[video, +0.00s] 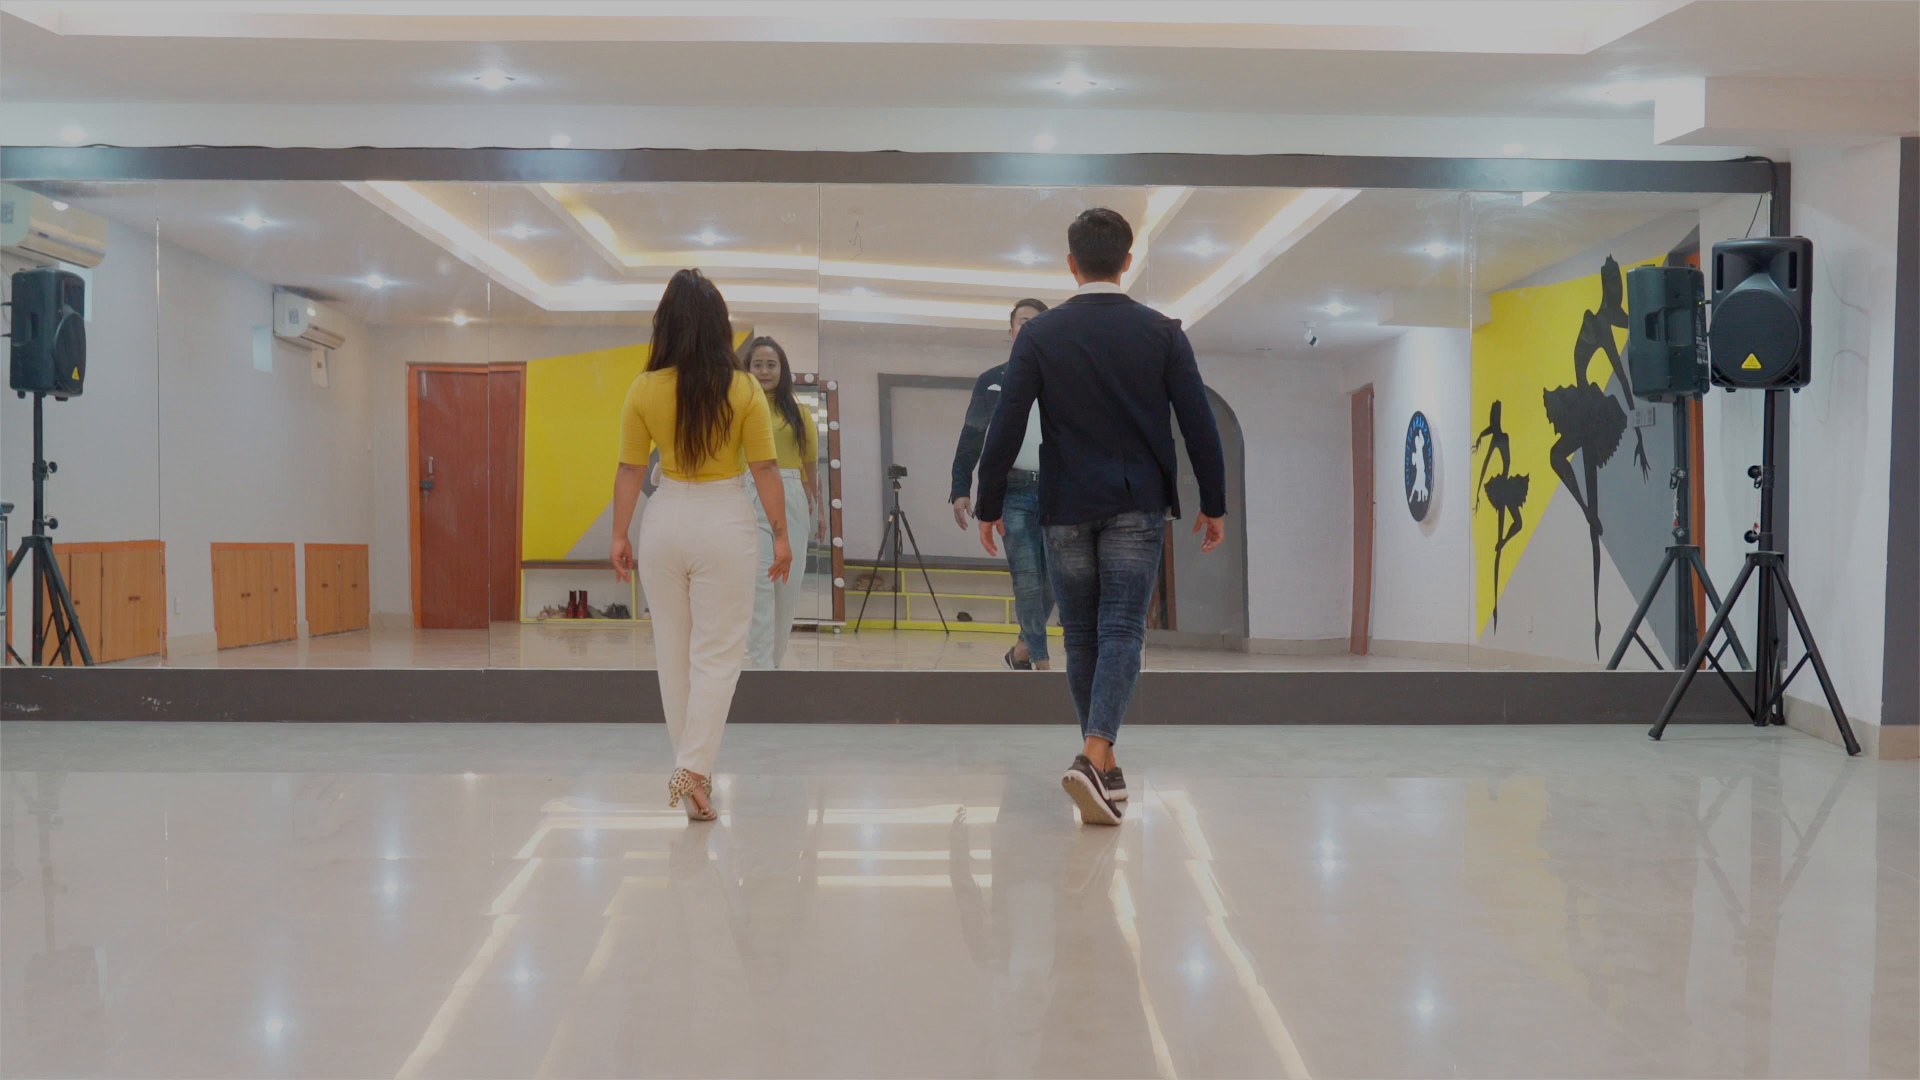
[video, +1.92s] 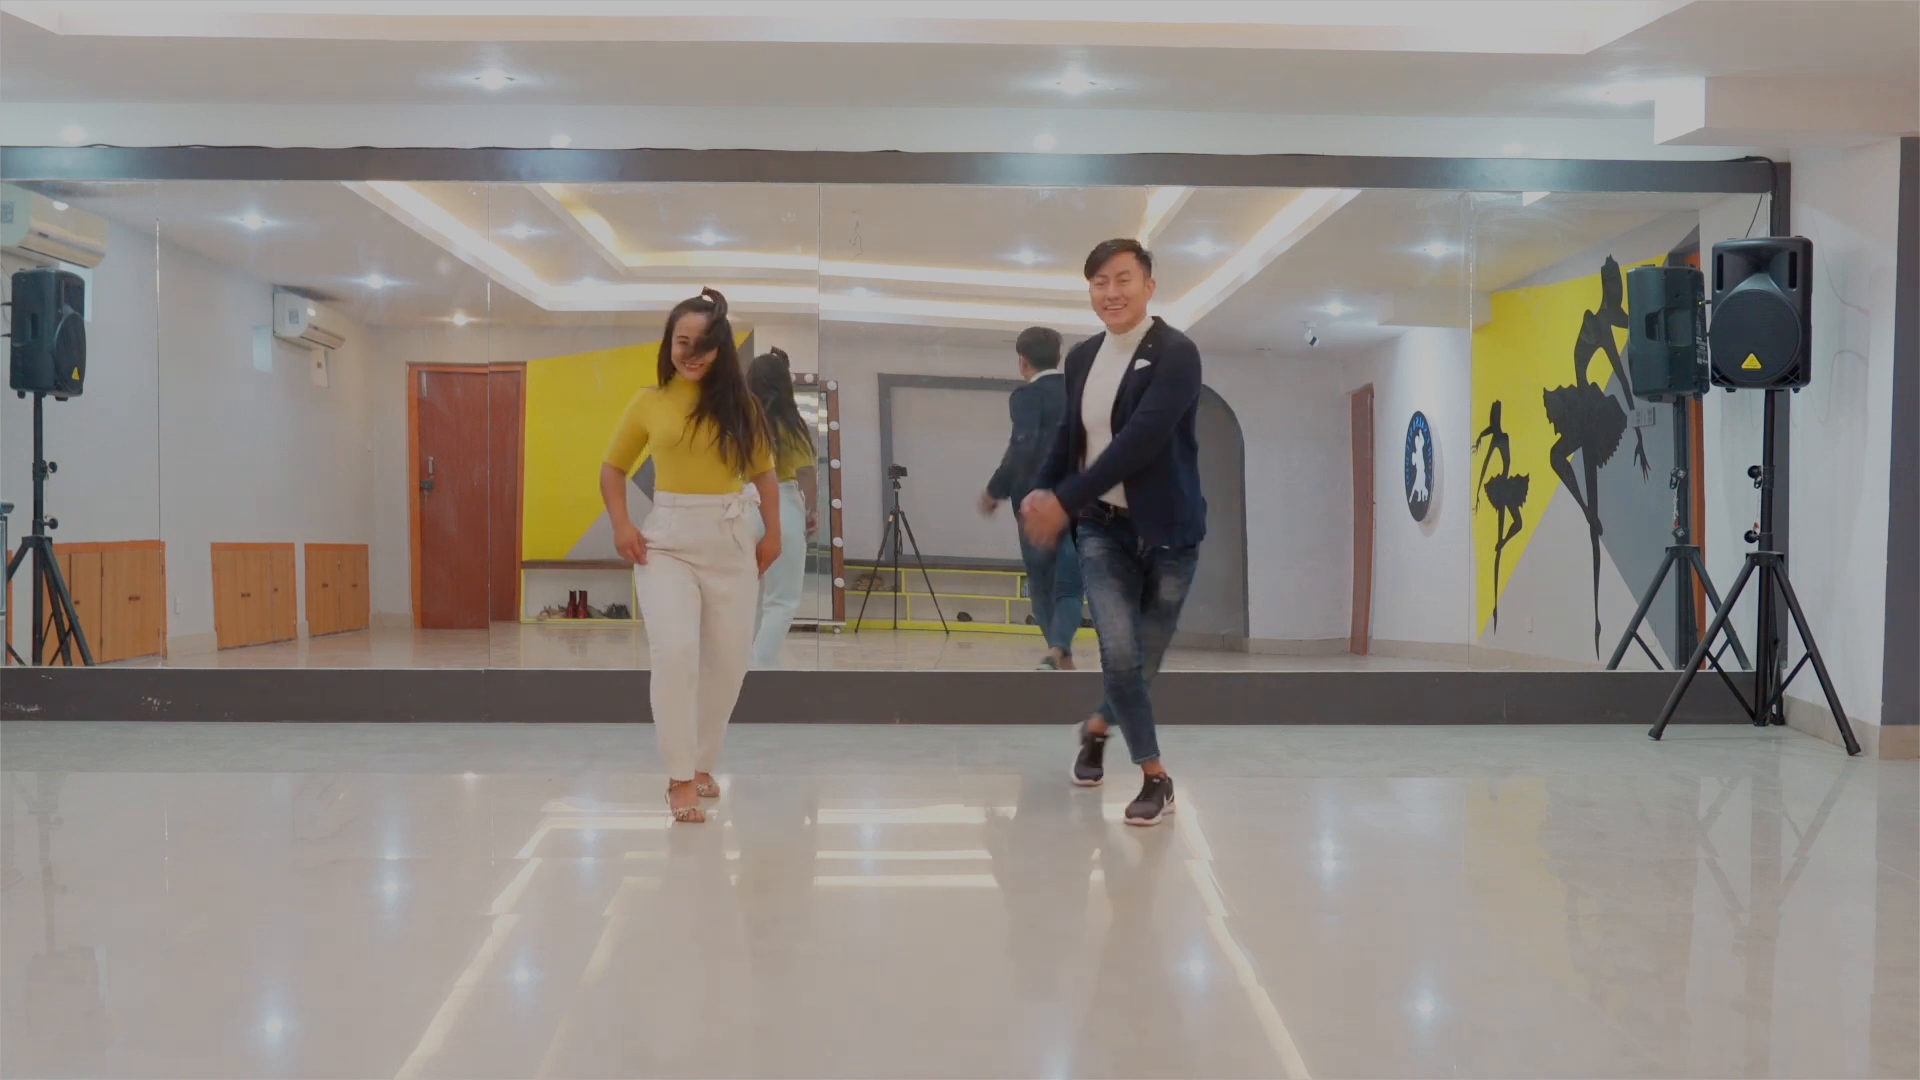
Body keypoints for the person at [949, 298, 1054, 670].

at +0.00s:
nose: (1027, 330)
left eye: (1036, 324)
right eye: (1022, 323)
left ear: (1048, 332)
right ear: (1010, 330)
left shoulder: (1061, 379)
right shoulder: (993, 381)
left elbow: (1076, 434)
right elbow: (972, 436)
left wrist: (1079, 486)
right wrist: (961, 489)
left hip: (1057, 488)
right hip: (1014, 487)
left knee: (1055, 577)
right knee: (1026, 575)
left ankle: (1021, 650)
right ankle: (1040, 661)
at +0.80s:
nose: (1040, 335)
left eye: (1046, 329)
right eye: (1033, 329)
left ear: (1055, 336)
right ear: (1019, 336)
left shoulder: (1069, 383)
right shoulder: (1005, 382)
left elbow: (1084, 438)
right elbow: (973, 436)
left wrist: (1072, 485)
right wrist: (1007, 486)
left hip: (1060, 497)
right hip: (1021, 498)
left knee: (1060, 584)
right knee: (1030, 581)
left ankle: (1026, 649)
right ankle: (1037, 659)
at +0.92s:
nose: (1049, 343)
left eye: (1055, 337)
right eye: (1040, 336)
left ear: (1064, 340)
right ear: (1026, 340)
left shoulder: (1051, 378)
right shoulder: (1028, 380)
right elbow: (1020, 442)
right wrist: (1044, 482)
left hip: (1039, 492)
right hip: (1021, 495)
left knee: (1056, 577)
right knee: (1051, 579)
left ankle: (1018, 654)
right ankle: (1015, 657)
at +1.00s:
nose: (1064, 348)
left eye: (1065, 340)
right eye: (1060, 339)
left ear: (1035, 343)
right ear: (1040, 341)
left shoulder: (1012, 384)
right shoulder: (1048, 385)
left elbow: (995, 438)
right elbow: (1053, 437)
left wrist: (1020, 460)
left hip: (1004, 485)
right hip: (1036, 490)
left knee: (1032, 577)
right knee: (1047, 581)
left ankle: (1022, 655)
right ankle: (1013, 656)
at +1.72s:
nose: (1039, 366)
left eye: (1035, 359)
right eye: (1043, 359)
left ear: (1027, 360)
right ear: (1064, 360)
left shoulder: (1010, 394)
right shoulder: (1075, 396)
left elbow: (977, 437)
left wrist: (981, 493)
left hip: (1023, 504)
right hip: (1069, 504)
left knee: (1040, 588)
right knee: (1061, 589)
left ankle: (1065, 659)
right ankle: (1028, 658)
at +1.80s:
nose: (1020, 365)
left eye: (1021, 360)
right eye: (1022, 359)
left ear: (1027, 362)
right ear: (1061, 361)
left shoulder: (1015, 396)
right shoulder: (1075, 394)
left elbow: (995, 453)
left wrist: (986, 501)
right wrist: (986, 454)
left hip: (1027, 508)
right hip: (1070, 506)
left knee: (1040, 589)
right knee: (1064, 588)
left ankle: (1066, 661)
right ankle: (1036, 657)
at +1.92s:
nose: (1017, 364)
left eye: (1018, 359)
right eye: (1019, 358)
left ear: (1025, 362)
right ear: (1057, 358)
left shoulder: (1025, 396)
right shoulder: (1076, 389)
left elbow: (1023, 447)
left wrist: (994, 490)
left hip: (1034, 500)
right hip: (1074, 498)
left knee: (1041, 580)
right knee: (1070, 581)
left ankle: (1064, 656)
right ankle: (1057, 648)